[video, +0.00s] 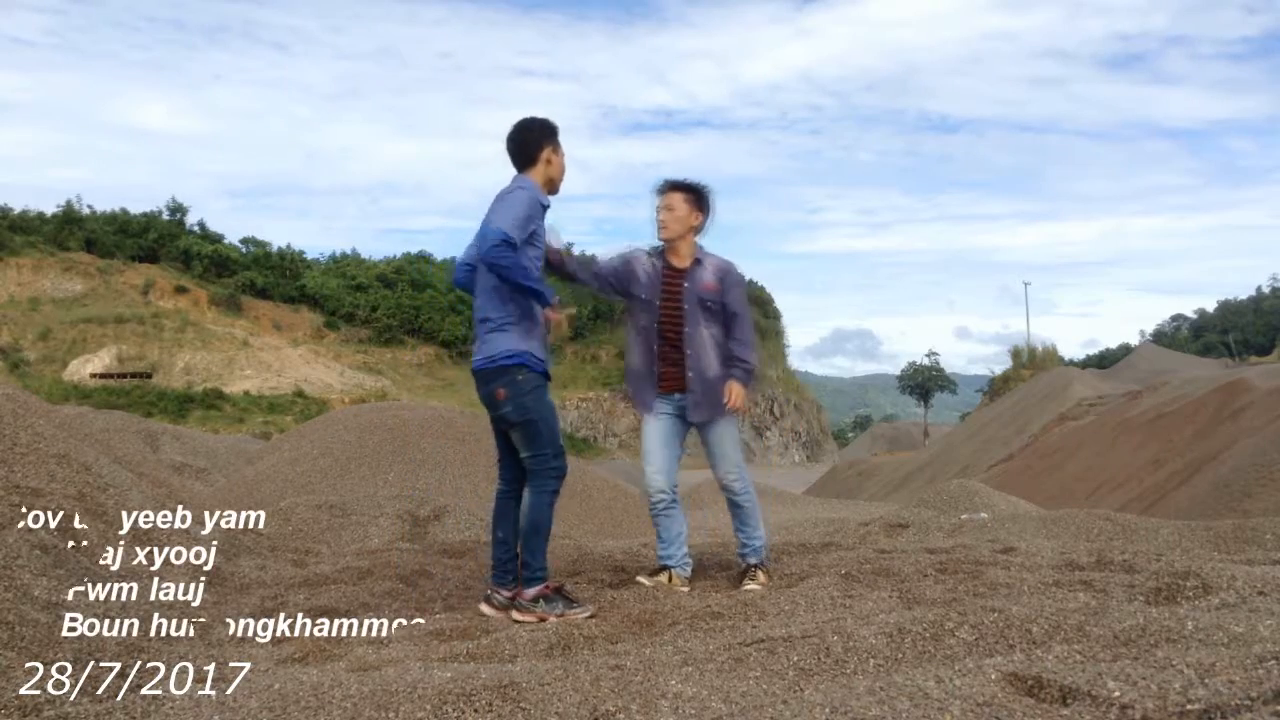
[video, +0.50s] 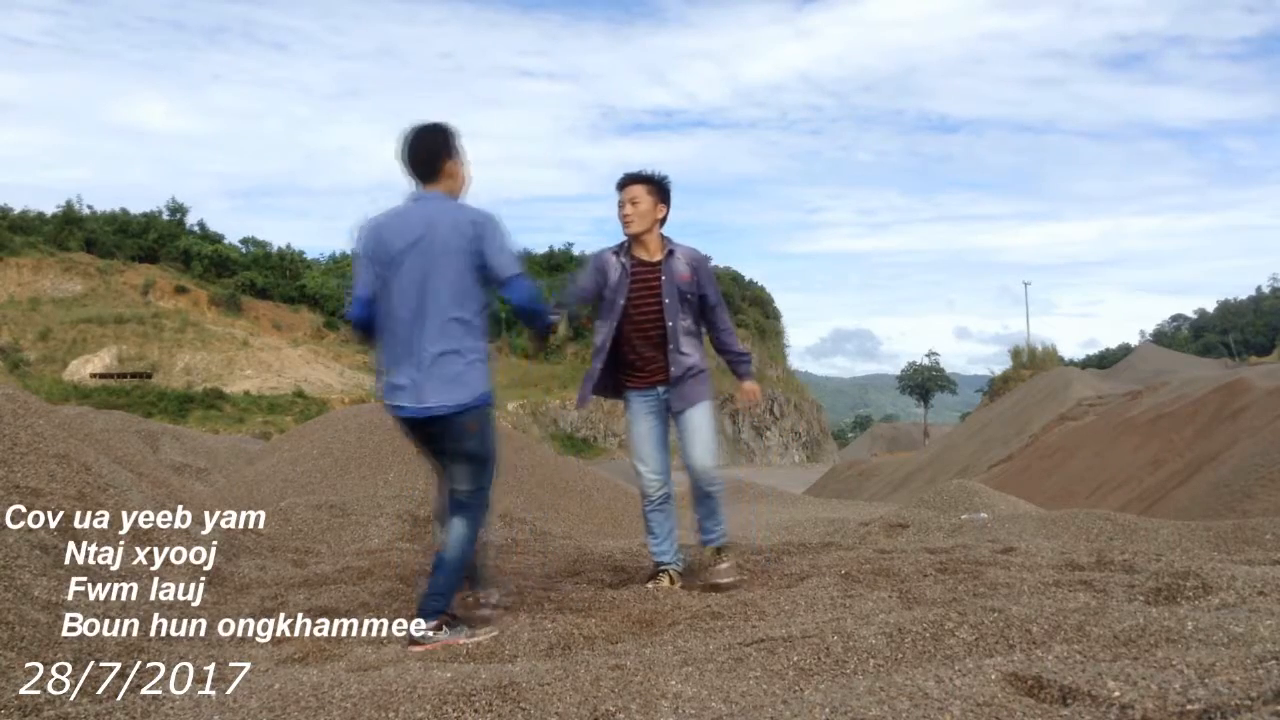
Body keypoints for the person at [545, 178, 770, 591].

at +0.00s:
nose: (661, 217)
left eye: (670, 210)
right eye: (659, 210)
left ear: (697, 218)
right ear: (658, 217)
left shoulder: (722, 273)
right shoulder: (637, 266)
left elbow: (742, 331)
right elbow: (590, 271)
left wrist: (739, 376)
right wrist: (548, 251)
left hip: (710, 397)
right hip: (660, 400)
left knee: (732, 480)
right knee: (658, 487)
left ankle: (754, 562)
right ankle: (675, 569)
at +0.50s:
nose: (624, 212)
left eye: (634, 203)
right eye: (621, 205)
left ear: (661, 210)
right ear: (619, 213)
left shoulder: (690, 262)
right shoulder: (606, 264)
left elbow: (718, 321)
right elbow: (568, 296)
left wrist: (744, 373)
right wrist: (540, 311)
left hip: (688, 383)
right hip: (639, 392)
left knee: (702, 467)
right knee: (652, 483)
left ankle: (717, 549)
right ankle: (666, 567)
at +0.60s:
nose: (626, 211)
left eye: (635, 203)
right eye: (623, 205)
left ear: (662, 210)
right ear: (621, 212)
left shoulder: (692, 263)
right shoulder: (607, 266)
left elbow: (720, 324)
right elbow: (587, 321)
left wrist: (745, 374)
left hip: (686, 386)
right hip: (637, 393)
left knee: (694, 473)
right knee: (651, 483)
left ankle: (701, 559)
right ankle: (665, 566)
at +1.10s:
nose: (640, 202)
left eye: (650, 194)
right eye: (639, 195)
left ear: (678, 202)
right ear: (642, 203)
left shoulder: (702, 259)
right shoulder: (627, 261)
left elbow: (725, 328)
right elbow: (601, 325)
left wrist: (735, 390)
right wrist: (569, 377)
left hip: (687, 391)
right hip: (640, 391)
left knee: (689, 483)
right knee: (637, 485)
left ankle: (692, 577)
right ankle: (667, 562)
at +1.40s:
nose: (640, 198)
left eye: (650, 190)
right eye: (640, 190)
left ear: (678, 200)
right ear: (646, 199)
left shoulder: (700, 253)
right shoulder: (633, 258)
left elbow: (714, 318)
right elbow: (622, 323)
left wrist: (697, 360)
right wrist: (618, 378)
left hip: (686, 389)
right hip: (643, 392)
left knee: (692, 484)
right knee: (631, 481)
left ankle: (692, 578)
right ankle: (652, 568)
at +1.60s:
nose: (640, 192)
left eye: (650, 184)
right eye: (639, 185)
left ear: (678, 194)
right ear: (640, 193)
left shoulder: (699, 248)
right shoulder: (631, 253)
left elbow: (702, 325)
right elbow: (620, 320)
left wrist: (678, 376)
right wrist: (611, 378)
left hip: (684, 385)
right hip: (637, 385)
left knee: (689, 480)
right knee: (634, 479)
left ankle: (691, 575)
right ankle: (649, 569)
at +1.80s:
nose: (645, 193)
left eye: (655, 185)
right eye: (643, 185)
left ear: (683, 194)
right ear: (643, 193)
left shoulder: (703, 251)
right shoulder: (633, 252)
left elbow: (704, 327)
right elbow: (614, 319)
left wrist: (684, 389)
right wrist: (592, 377)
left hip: (684, 389)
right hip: (637, 387)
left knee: (689, 483)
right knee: (634, 481)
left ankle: (691, 576)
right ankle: (648, 569)